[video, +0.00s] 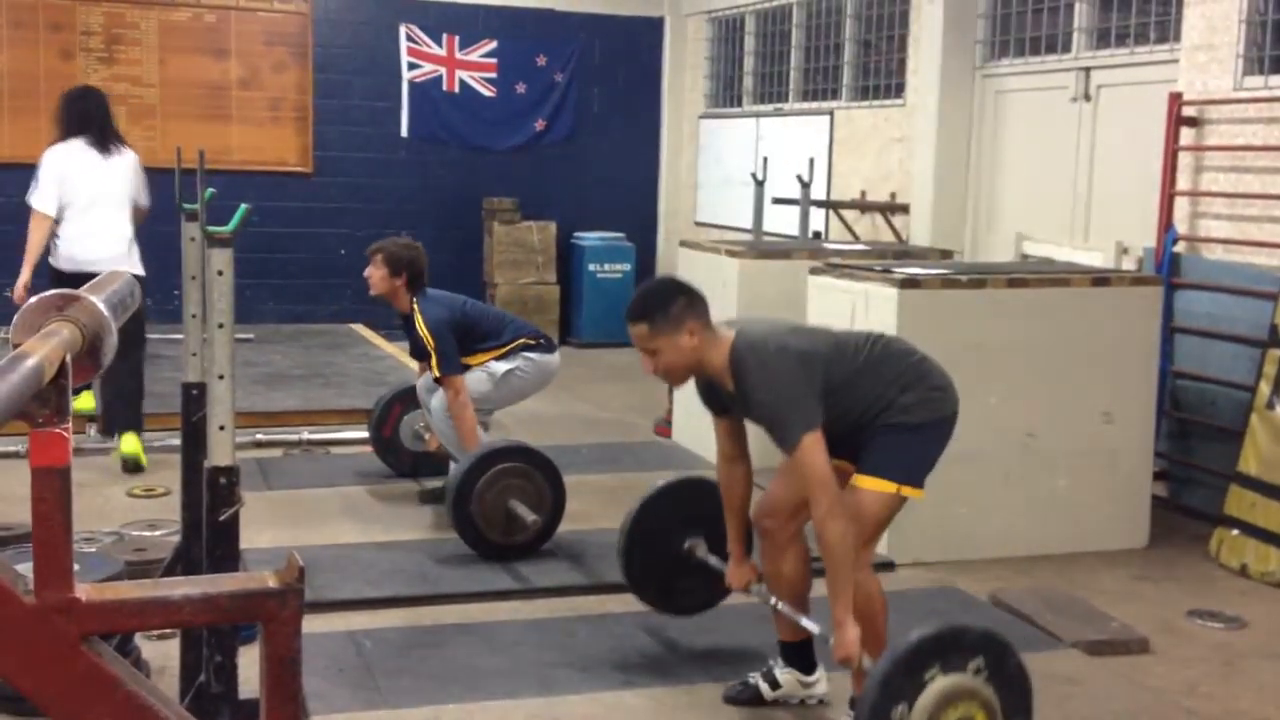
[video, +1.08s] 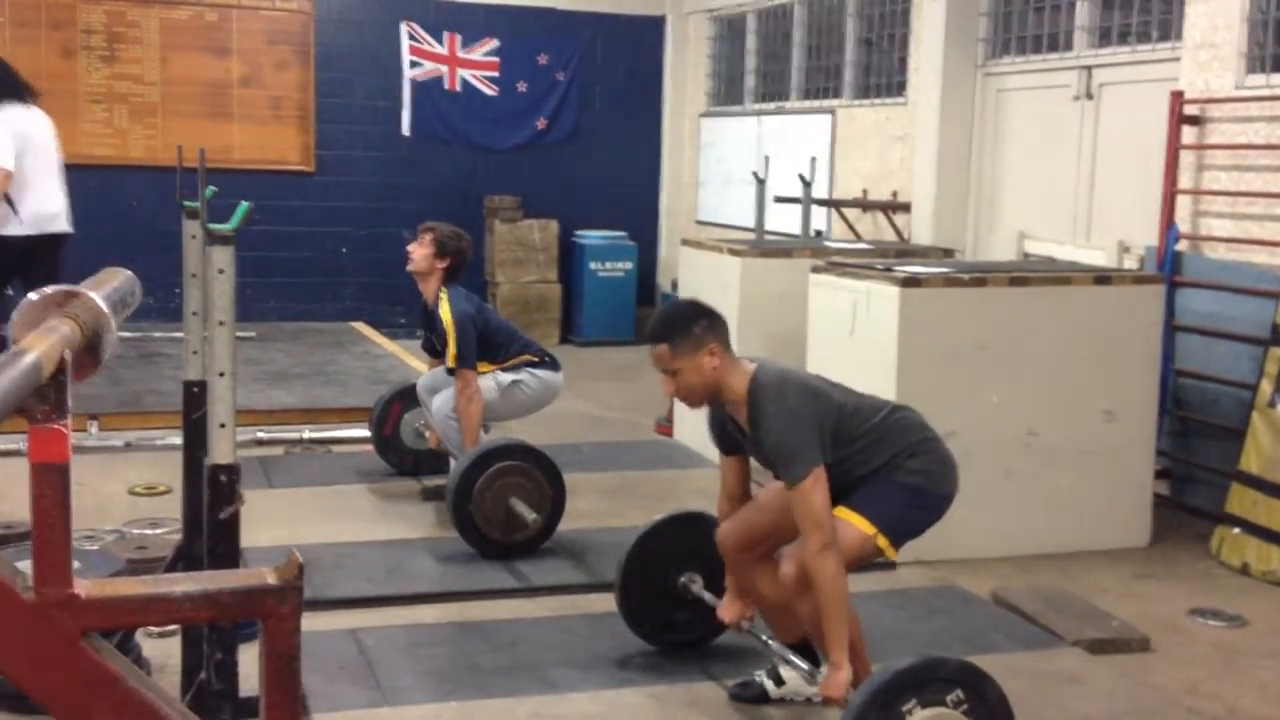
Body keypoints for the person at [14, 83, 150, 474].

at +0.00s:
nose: (61, 119)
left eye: (64, 112)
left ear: (66, 116)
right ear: (105, 115)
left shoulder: (57, 155)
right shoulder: (127, 155)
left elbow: (42, 216)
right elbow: (140, 208)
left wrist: (26, 271)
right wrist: (117, 231)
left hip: (69, 268)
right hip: (122, 269)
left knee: (68, 333)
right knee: (129, 351)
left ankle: (82, 388)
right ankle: (129, 434)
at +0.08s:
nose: (47, 111)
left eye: (49, 106)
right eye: (48, 106)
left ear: (57, 107)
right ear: (93, 104)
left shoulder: (50, 147)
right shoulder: (117, 144)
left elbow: (39, 208)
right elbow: (130, 203)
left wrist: (24, 259)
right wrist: (114, 231)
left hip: (66, 259)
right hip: (117, 257)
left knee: (66, 331)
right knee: (125, 335)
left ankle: (79, 390)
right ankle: (126, 406)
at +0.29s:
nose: (35, 88)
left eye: (38, 82)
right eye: (36, 81)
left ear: (49, 85)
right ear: (80, 83)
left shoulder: (41, 124)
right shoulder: (105, 123)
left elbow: (30, 185)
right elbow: (122, 180)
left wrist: (19, 217)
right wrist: (123, 226)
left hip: (62, 235)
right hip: (108, 232)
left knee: (64, 313)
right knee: (103, 305)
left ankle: (81, 389)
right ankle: (115, 358)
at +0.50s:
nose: (20, 82)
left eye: (24, 77)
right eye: (22, 75)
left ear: (34, 81)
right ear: (67, 78)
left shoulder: (29, 122)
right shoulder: (92, 119)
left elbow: (10, 179)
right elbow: (111, 176)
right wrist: (124, 224)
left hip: (55, 235)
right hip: (97, 230)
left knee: (60, 316)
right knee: (91, 310)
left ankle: (70, 392)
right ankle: (88, 388)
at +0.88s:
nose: (2, 87)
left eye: (4, 80)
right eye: (3, 80)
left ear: (12, 82)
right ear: (41, 78)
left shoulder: (10, 122)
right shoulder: (68, 118)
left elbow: (3, 181)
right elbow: (91, 175)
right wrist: (94, 216)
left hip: (24, 232)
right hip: (67, 229)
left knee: (20, 311)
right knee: (61, 307)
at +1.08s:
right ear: (17, 81)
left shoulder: (7, 118)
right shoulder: (41, 117)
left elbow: (5, 174)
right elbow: (56, 165)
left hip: (18, 225)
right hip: (54, 222)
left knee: (3, 291)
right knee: (45, 299)